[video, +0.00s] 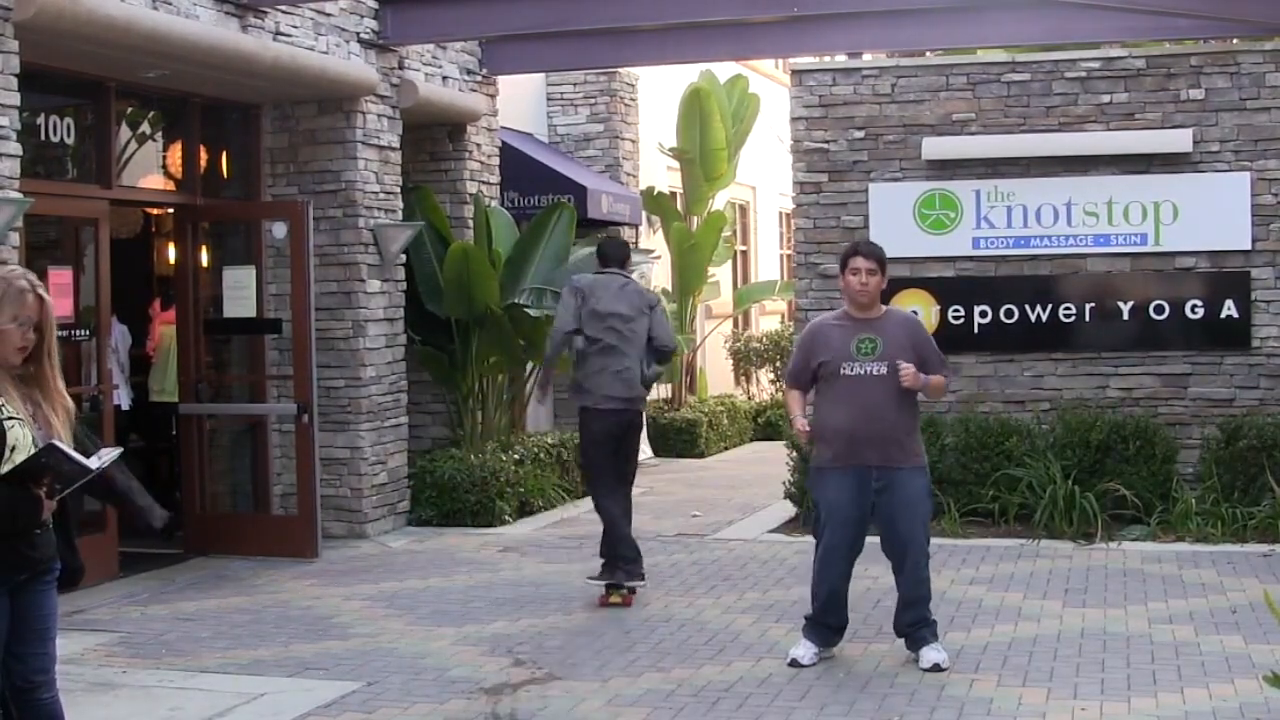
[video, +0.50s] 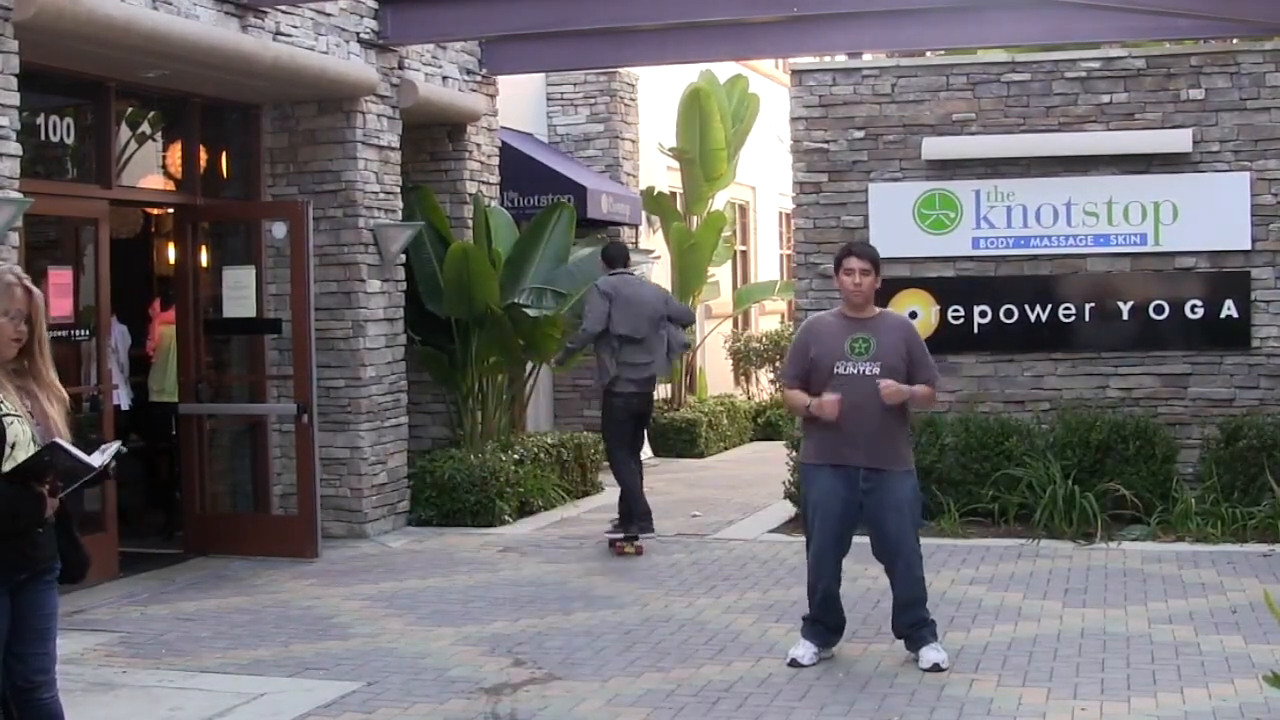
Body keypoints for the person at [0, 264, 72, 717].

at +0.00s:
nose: (30, 335)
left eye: (36, 325)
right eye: (19, 323)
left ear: (42, 329)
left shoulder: (41, 393)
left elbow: (63, 469)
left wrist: (50, 498)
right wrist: (27, 505)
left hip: (35, 562)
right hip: (5, 564)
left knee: (36, 692)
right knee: (12, 695)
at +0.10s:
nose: (30, 335)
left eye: (35, 325)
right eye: (19, 323)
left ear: (41, 329)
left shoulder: (42, 393)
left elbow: (61, 471)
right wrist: (27, 506)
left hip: (36, 561)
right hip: (2, 564)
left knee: (37, 692)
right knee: (9, 693)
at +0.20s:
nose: (28, 334)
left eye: (33, 324)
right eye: (17, 322)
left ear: (40, 328)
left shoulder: (42, 393)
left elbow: (61, 473)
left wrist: (58, 493)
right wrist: (27, 505)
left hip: (37, 561)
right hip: (1, 564)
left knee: (36, 691)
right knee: (8, 692)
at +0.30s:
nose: (26, 332)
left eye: (32, 323)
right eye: (15, 320)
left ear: (39, 328)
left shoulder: (40, 392)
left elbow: (58, 469)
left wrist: (58, 492)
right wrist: (27, 506)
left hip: (35, 560)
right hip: (4, 562)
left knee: (36, 691)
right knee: (14, 692)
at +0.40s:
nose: (24, 330)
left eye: (29, 320)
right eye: (14, 318)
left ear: (35, 327)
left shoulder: (38, 390)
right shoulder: (4, 393)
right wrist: (27, 505)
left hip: (37, 562)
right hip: (2, 564)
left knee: (36, 691)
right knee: (9, 692)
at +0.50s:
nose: (20, 329)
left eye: (27, 320)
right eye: (11, 317)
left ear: (34, 326)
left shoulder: (36, 389)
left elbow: (57, 464)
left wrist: (61, 486)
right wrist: (28, 505)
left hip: (36, 558)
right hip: (2, 560)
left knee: (36, 690)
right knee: (9, 692)